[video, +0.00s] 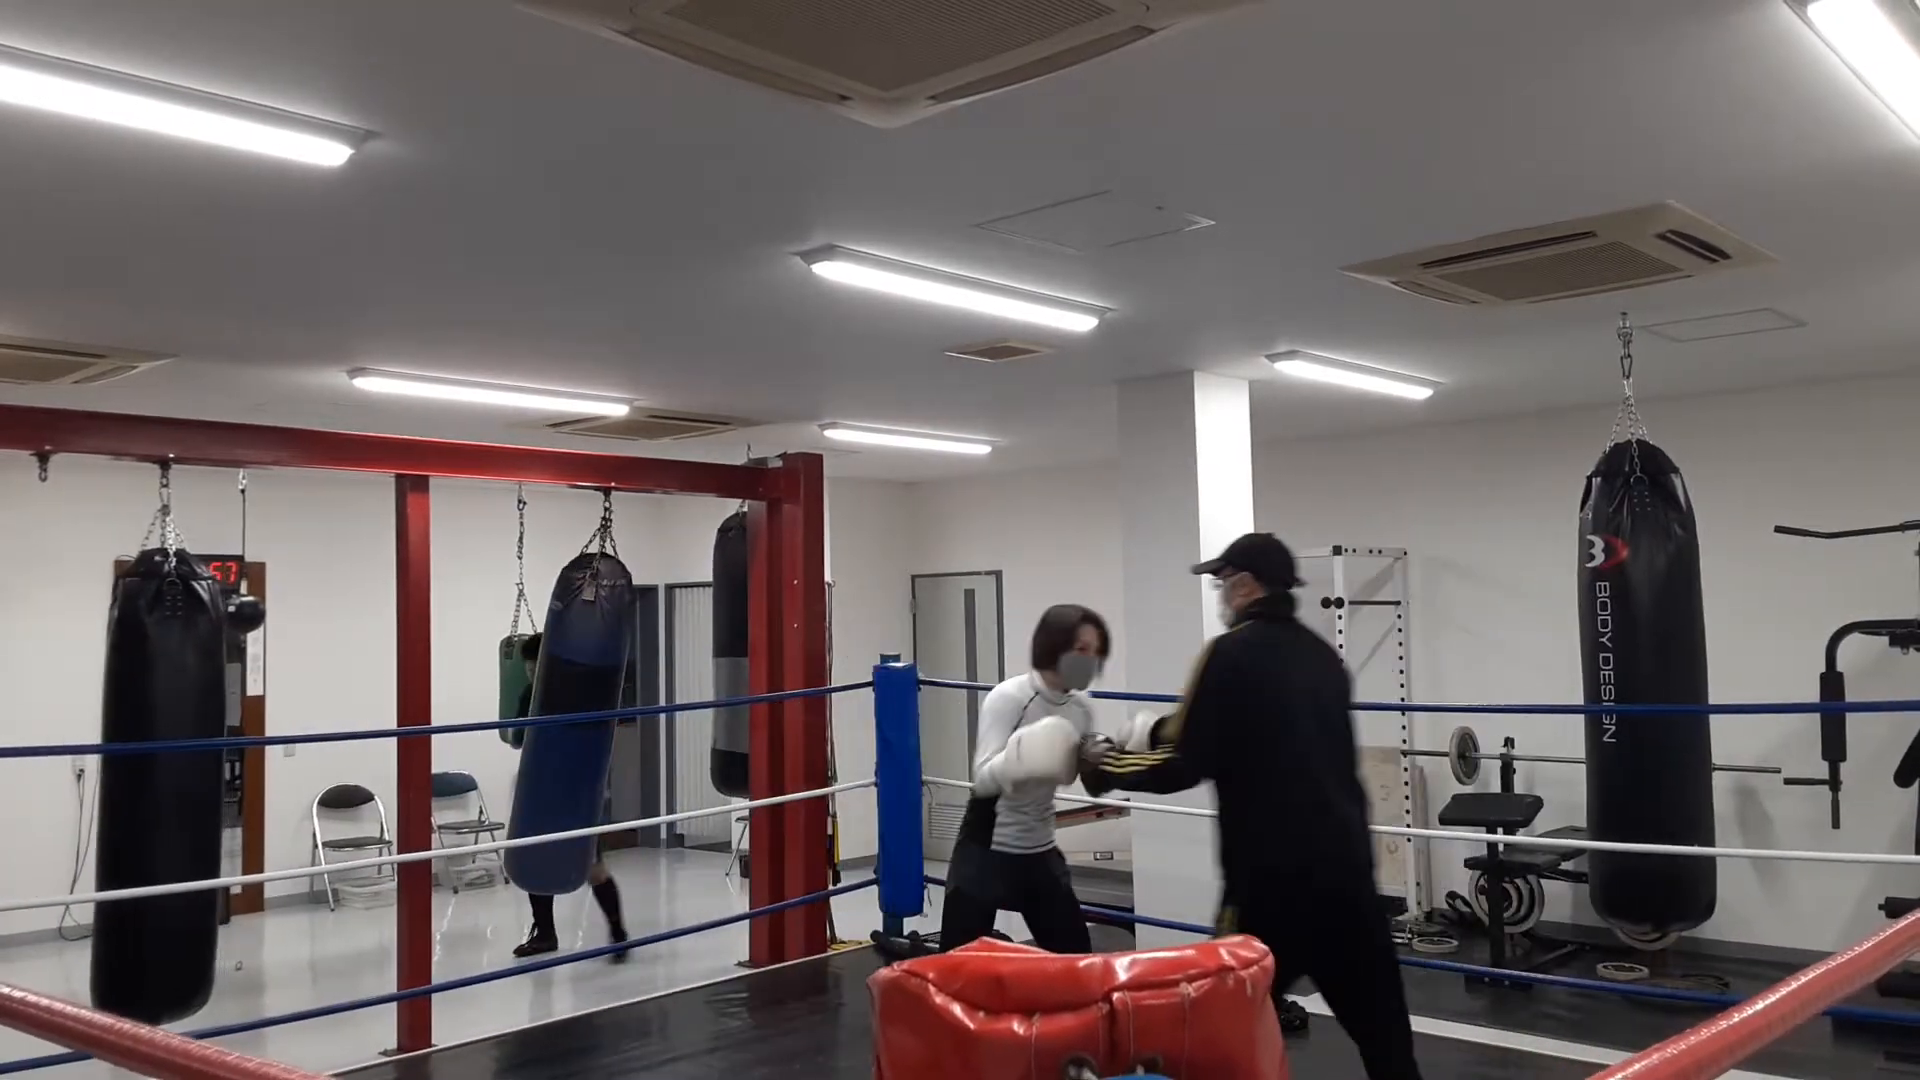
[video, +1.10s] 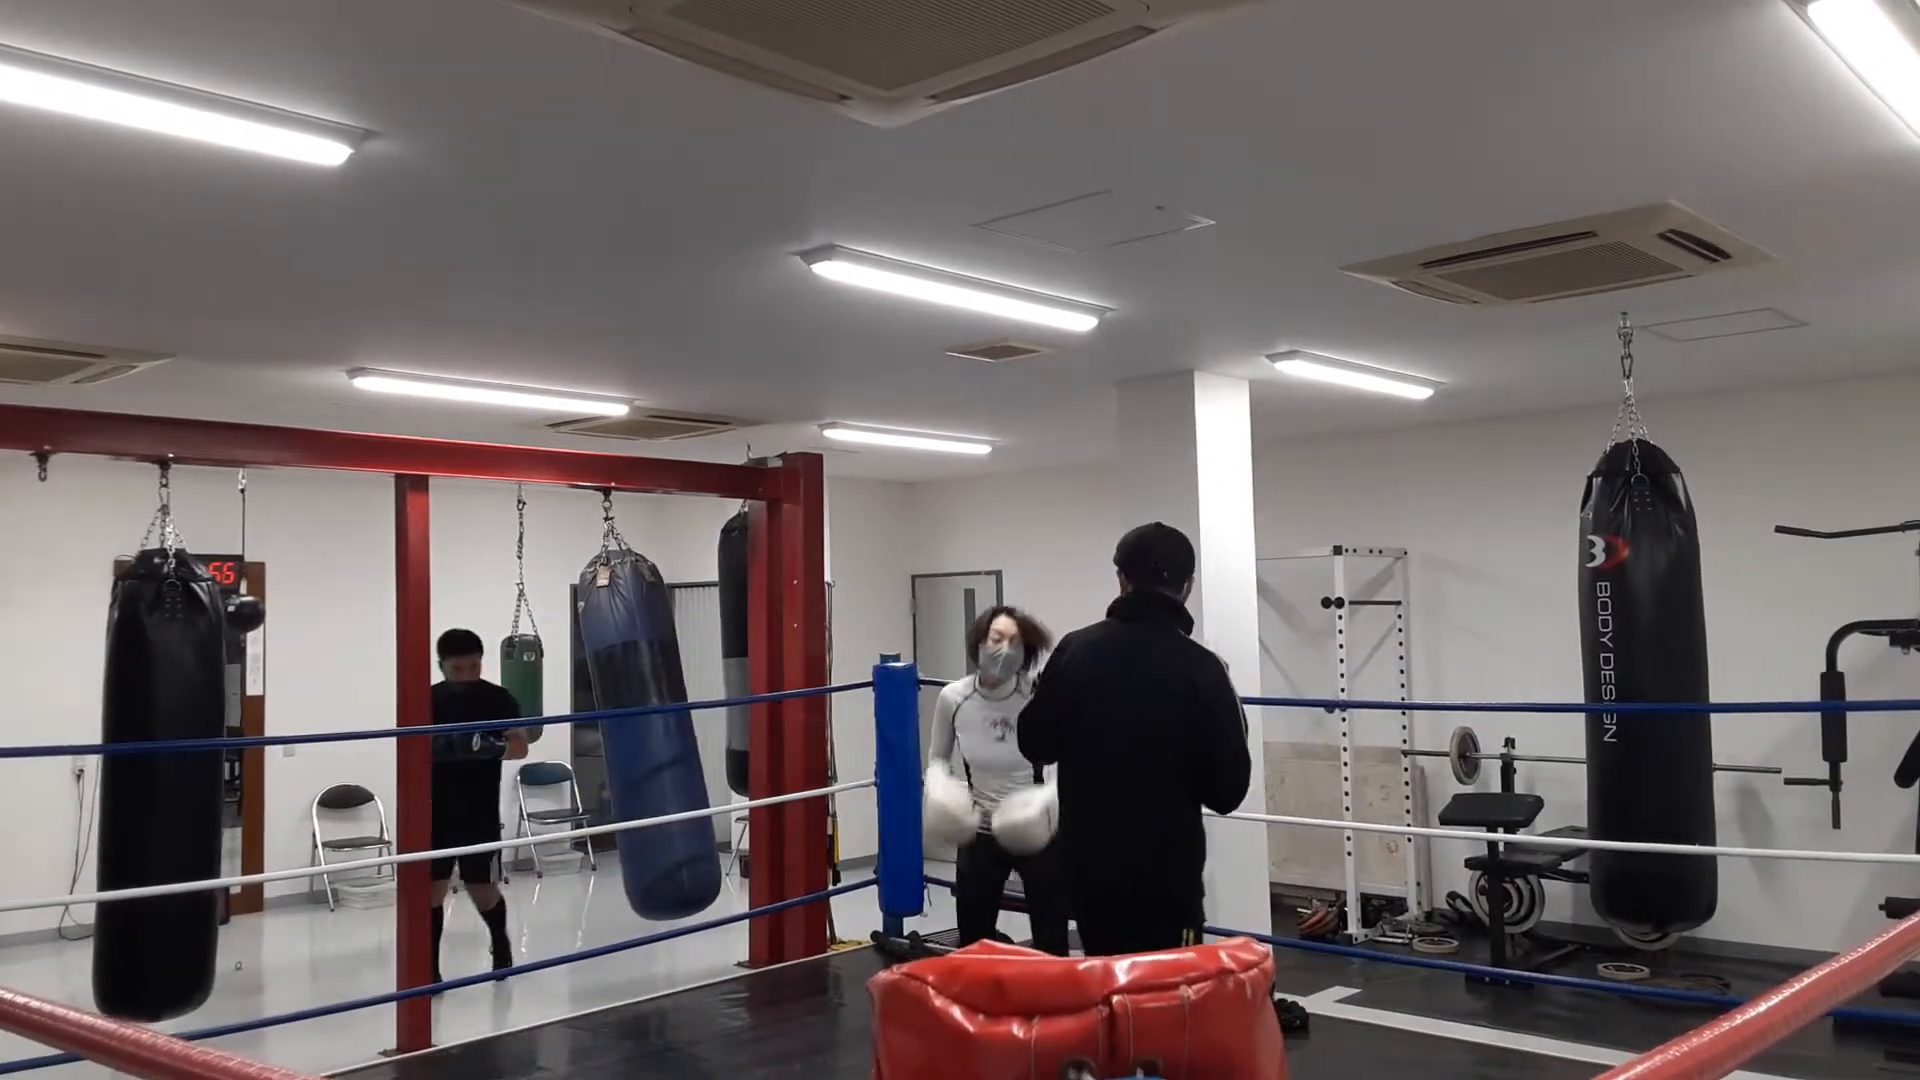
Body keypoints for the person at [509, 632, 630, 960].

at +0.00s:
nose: (531, 669)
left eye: (536, 663)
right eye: (530, 664)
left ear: (549, 663)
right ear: (531, 667)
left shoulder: (579, 685)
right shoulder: (535, 694)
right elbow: (515, 738)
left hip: (579, 776)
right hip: (541, 777)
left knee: (588, 853)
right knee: (535, 849)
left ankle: (617, 931)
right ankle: (544, 932)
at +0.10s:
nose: (526, 668)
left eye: (532, 662)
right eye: (524, 662)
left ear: (547, 660)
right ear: (520, 663)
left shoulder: (570, 689)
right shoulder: (523, 695)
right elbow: (502, 738)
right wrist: (515, 721)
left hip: (573, 780)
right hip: (536, 782)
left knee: (574, 854)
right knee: (532, 853)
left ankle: (583, 936)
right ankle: (543, 932)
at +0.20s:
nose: (526, 671)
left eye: (532, 665)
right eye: (521, 665)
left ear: (546, 662)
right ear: (515, 664)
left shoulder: (559, 690)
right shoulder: (508, 696)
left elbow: (576, 730)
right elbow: (485, 744)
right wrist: (495, 731)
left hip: (556, 781)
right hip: (523, 784)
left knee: (551, 849)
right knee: (525, 853)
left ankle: (546, 931)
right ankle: (540, 930)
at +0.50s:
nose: (514, 675)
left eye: (522, 668)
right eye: (508, 667)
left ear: (538, 663)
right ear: (501, 664)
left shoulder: (553, 698)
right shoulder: (489, 693)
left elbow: (572, 739)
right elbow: (465, 739)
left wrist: (551, 745)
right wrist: (488, 740)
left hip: (534, 791)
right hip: (497, 790)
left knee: (520, 874)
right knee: (487, 874)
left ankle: (512, 951)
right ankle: (523, 915)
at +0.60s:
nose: (509, 672)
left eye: (517, 665)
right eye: (502, 665)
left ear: (531, 662)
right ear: (494, 663)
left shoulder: (543, 696)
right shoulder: (481, 693)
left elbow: (566, 743)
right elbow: (457, 739)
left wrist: (534, 742)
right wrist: (479, 736)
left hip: (524, 796)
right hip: (484, 794)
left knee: (516, 876)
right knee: (466, 874)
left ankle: (512, 953)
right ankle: (495, 927)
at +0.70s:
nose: (502, 671)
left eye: (509, 663)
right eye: (495, 664)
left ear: (523, 660)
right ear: (487, 663)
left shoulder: (538, 696)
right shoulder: (476, 693)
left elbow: (556, 746)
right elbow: (451, 741)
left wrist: (525, 740)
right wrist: (475, 735)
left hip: (519, 797)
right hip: (478, 795)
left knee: (516, 876)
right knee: (455, 872)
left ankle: (512, 954)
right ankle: (462, 947)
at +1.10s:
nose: (465, 674)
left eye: (471, 665)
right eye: (456, 667)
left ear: (481, 661)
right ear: (443, 665)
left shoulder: (499, 699)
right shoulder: (428, 700)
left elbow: (520, 748)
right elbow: (409, 745)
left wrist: (486, 746)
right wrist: (434, 746)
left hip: (479, 808)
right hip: (434, 808)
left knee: (479, 884)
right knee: (432, 887)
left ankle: (500, 943)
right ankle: (429, 967)